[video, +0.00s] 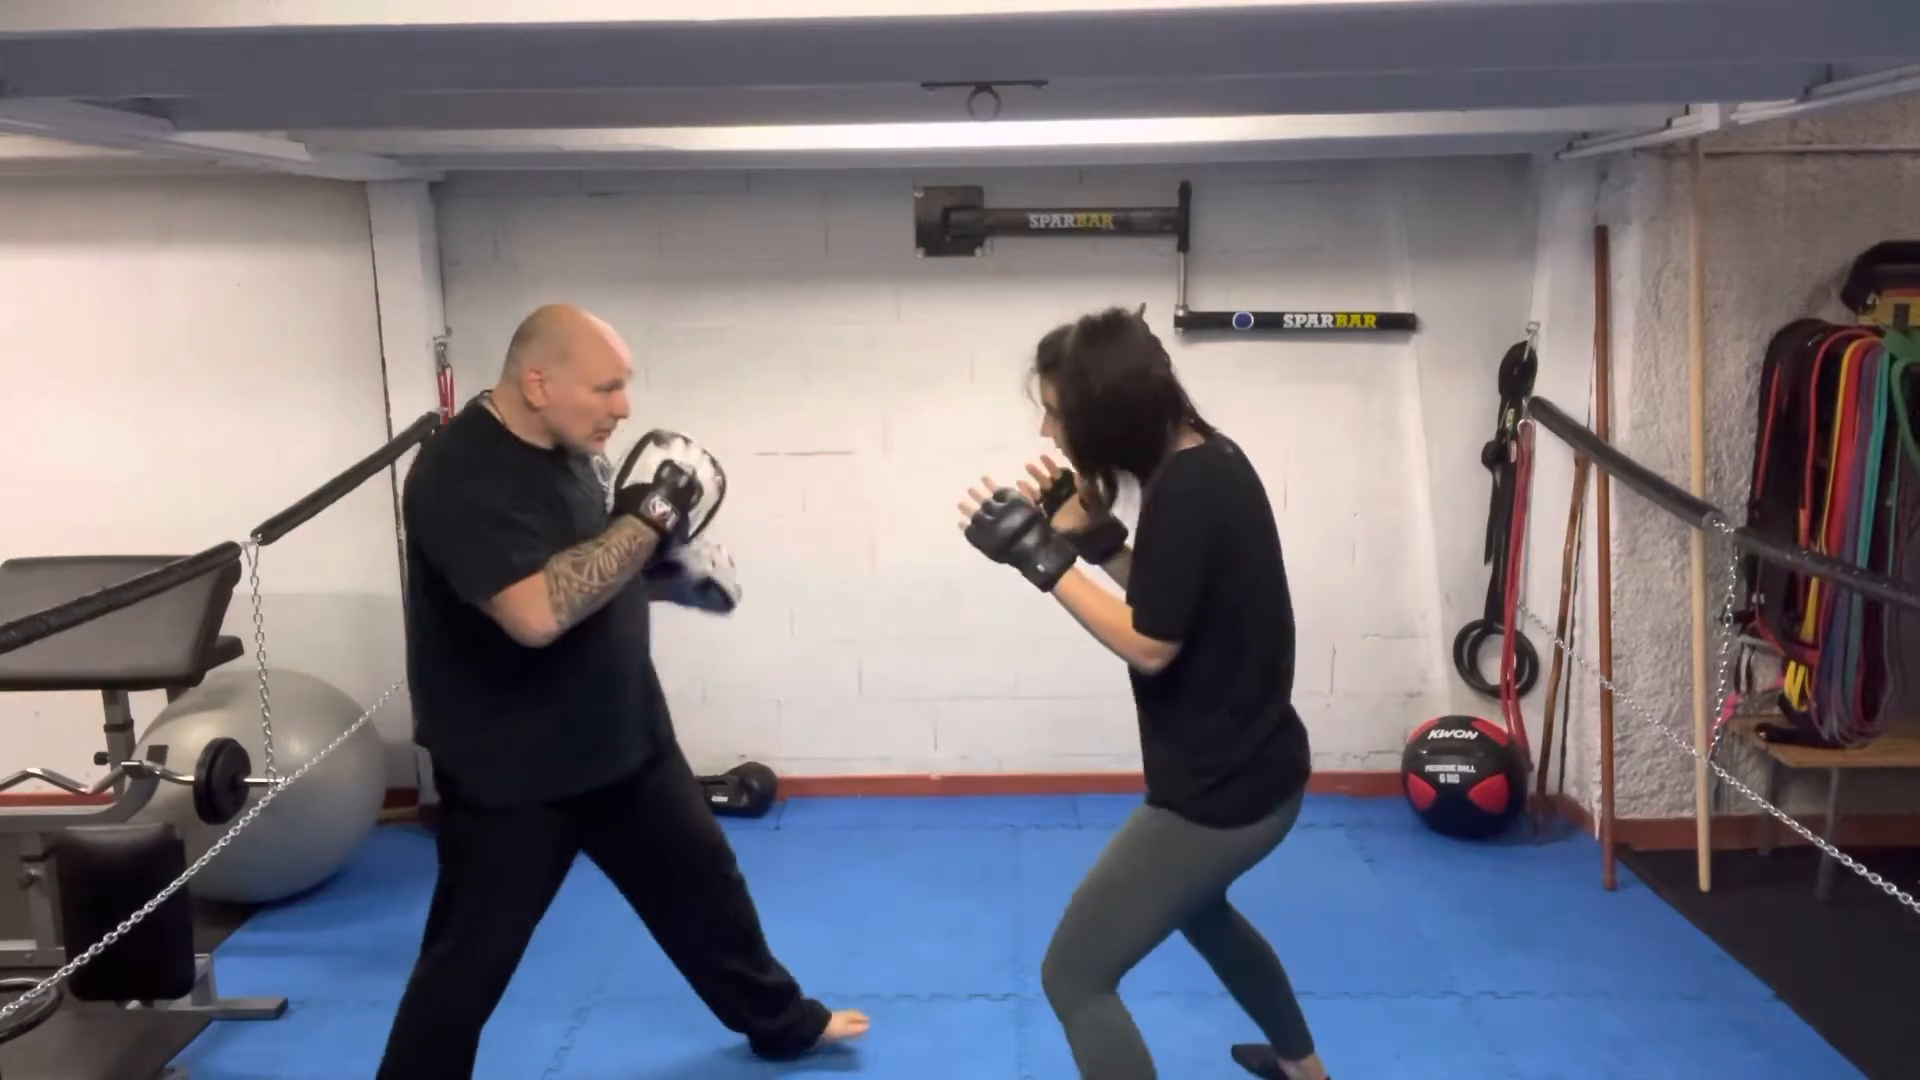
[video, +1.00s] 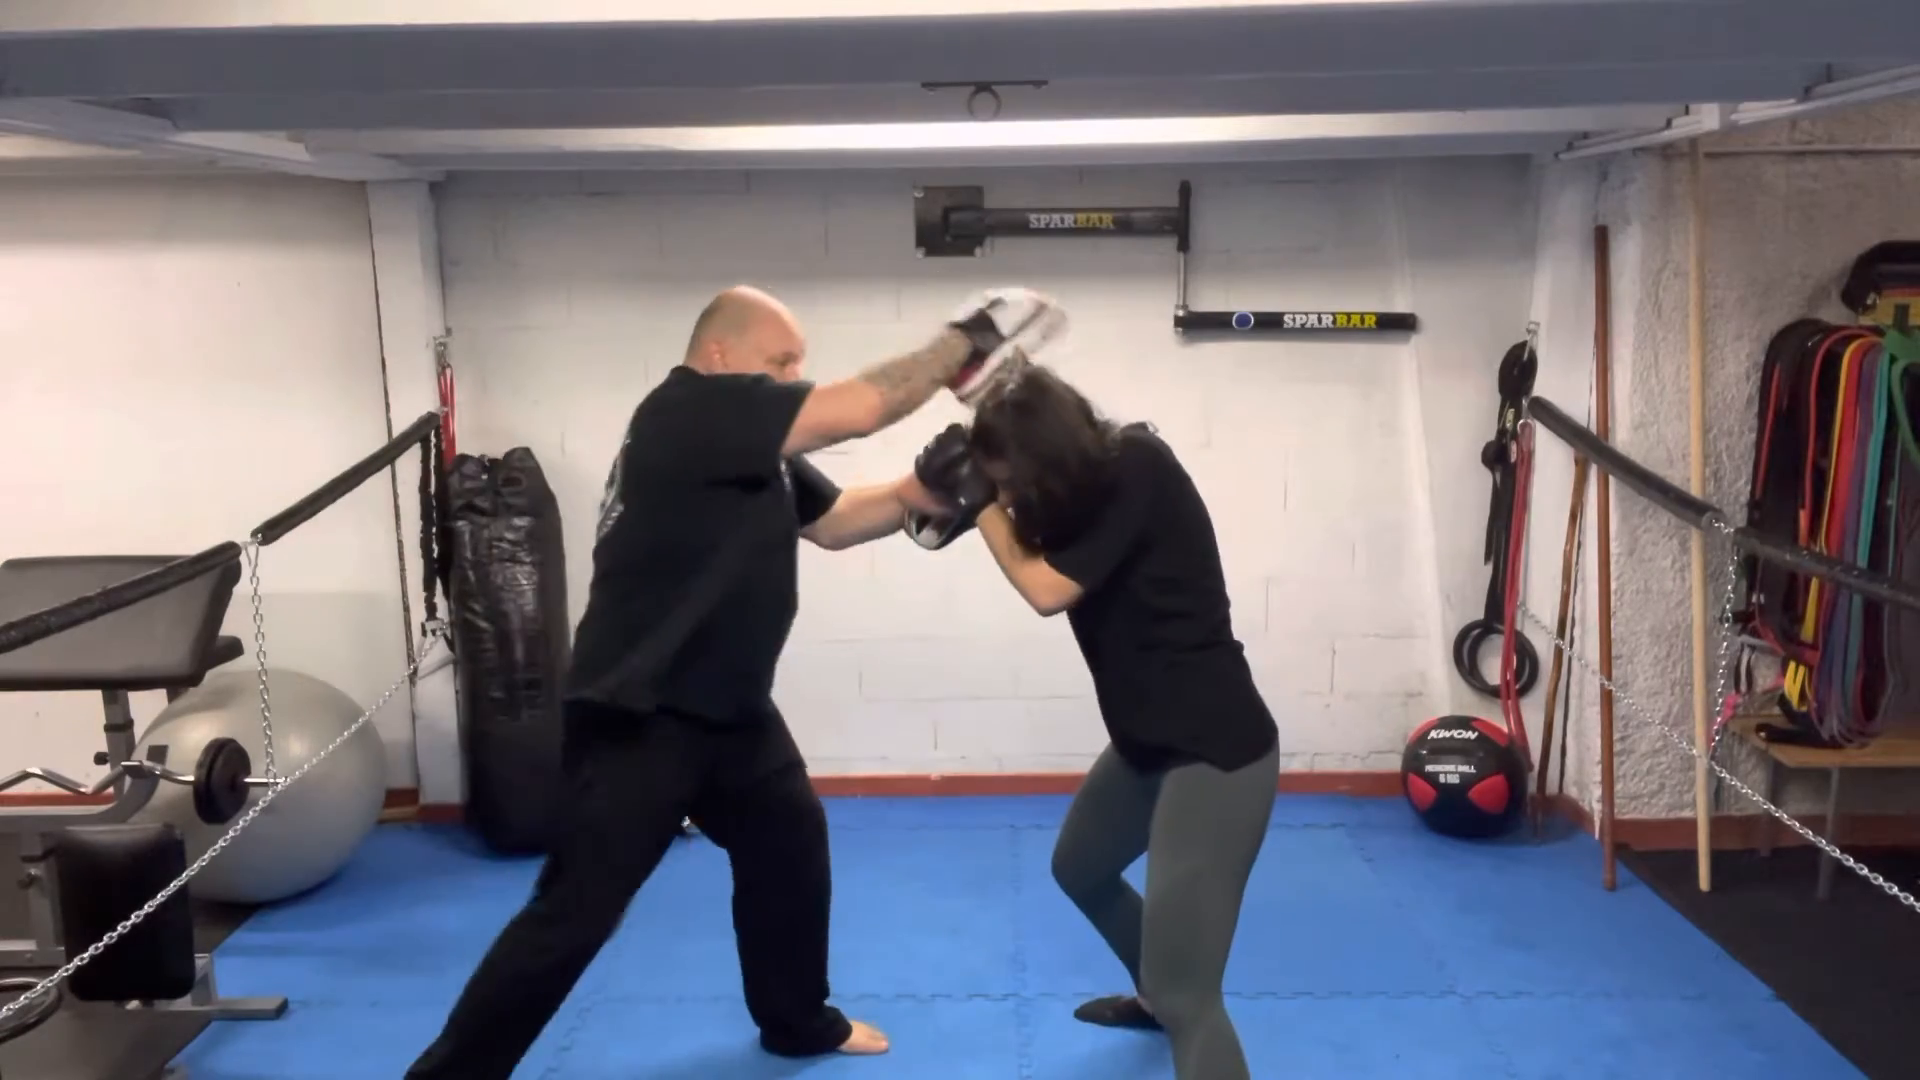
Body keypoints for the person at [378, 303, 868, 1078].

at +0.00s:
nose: (622, 407)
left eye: (624, 388)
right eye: (606, 388)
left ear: (545, 387)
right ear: (536, 384)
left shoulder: (558, 453)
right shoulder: (456, 473)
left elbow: (569, 565)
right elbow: (533, 612)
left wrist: (661, 575)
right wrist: (644, 526)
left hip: (617, 748)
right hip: (508, 775)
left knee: (703, 887)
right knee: (464, 970)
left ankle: (780, 1022)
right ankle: (412, 1074)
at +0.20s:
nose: (677, 394)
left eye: (691, 382)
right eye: (666, 373)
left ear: (702, 397)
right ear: (615, 370)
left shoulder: (691, 457)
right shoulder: (528, 448)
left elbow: (719, 526)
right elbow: (558, 578)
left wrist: (781, 556)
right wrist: (629, 444)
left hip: (700, 738)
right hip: (571, 753)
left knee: (776, 863)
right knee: (489, 953)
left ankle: (795, 1027)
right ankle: (424, 1070)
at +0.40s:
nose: (731, 399)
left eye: (739, 381)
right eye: (717, 379)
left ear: (743, 378)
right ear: (654, 371)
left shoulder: (764, 432)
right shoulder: (558, 428)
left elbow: (871, 452)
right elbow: (517, 541)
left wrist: (962, 426)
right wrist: (610, 428)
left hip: (716, 725)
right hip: (582, 732)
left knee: (787, 880)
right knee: (519, 926)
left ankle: (797, 1029)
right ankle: (452, 1072)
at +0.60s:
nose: (714, 405)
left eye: (717, 388)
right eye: (701, 387)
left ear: (709, 387)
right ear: (640, 380)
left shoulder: (739, 439)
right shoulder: (534, 438)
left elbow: (849, 464)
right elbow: (487, 548)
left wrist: (946, 442)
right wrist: (589, 443)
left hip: (704, 746)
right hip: (563, 754)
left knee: (777, 880)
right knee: (495, 949)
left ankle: (792, 1027)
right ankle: (446, 1072)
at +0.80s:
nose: (710, 381)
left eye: (715, 371)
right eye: (692, 364)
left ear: (723, 384)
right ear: (641, 370)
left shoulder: (733, 451)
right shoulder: (570, 428)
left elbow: (827, 502)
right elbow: (636, 485)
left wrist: (924, 474)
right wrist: (721, 367)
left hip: (686, 731)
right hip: (568, 742)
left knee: (767, 846)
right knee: (504, 940)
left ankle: (789, 1020)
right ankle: (447, 1072)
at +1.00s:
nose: (795, 381)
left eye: (797, 365)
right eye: (782, 364)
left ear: (728, 355)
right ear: (717, 356)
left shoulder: (759, 450)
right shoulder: (685, 412)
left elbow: (834, 522)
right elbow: (859, 406)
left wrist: (928, 485)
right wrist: (967, 342)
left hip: (728, 709)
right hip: (637, 711)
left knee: (789, 840)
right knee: (576, 913)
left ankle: (796, 1022)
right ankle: (450, 1070)